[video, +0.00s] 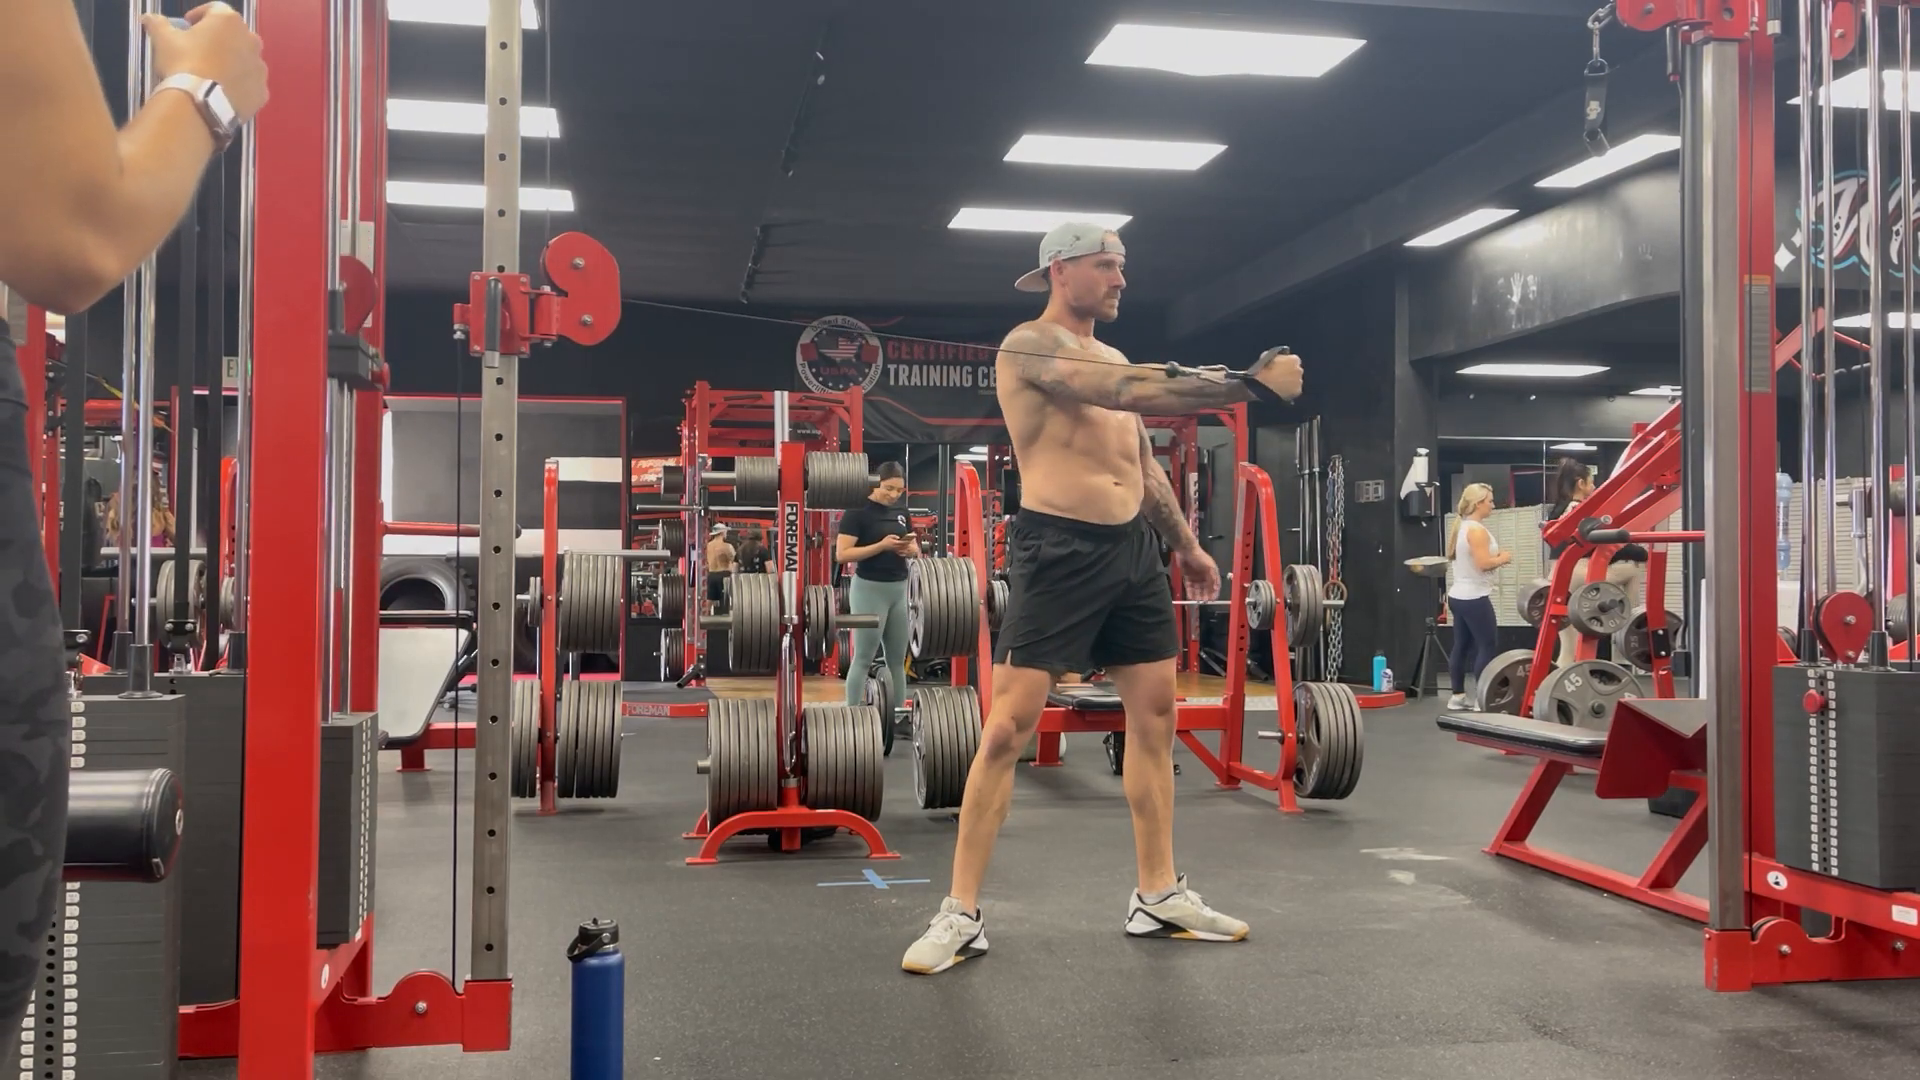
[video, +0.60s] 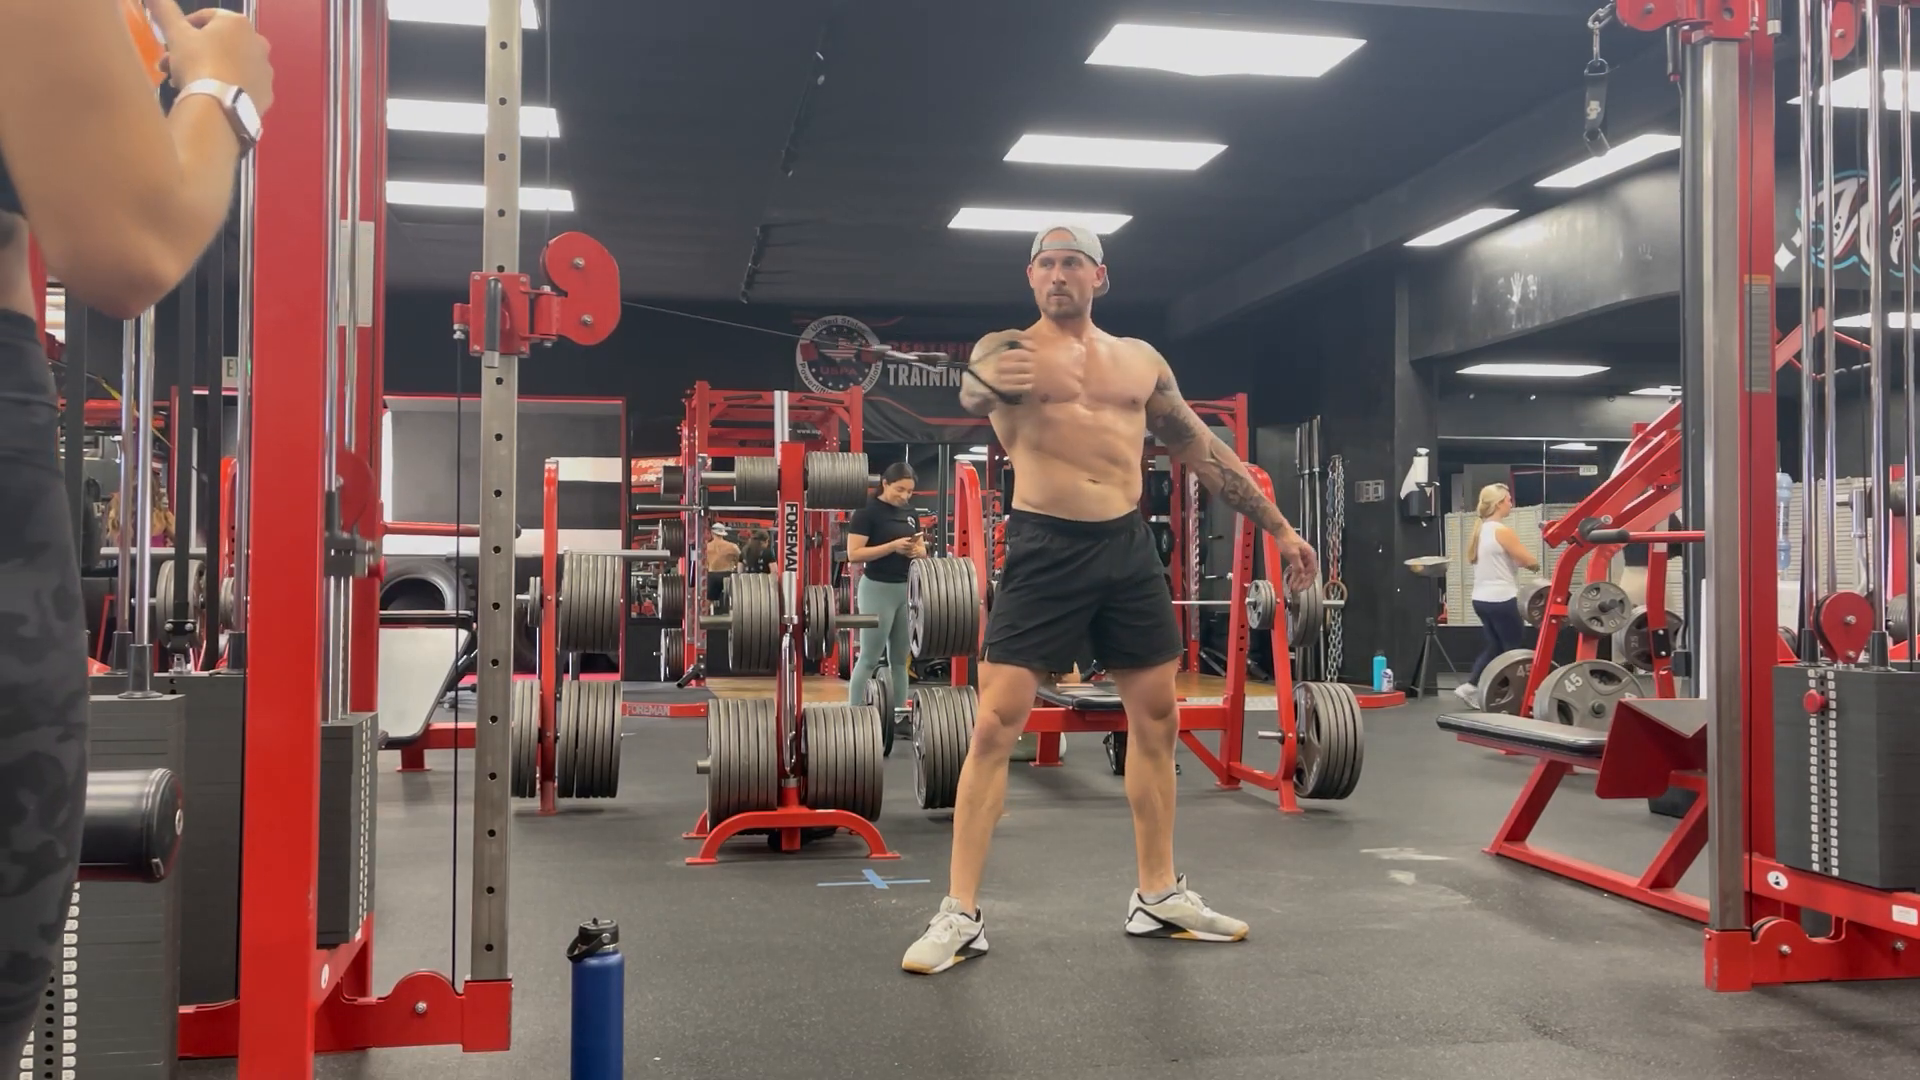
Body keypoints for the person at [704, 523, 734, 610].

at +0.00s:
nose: (726, 534)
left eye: (726, 532)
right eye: (725, 532)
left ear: (715, 533)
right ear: (722, 533)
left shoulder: (709, 545)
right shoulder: (727, 546)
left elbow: (708, 559)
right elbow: (733, 557)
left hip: (712, 572)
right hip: (724, 572)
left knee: (710, 600)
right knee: (725, 601)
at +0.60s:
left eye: (712, 534)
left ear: (713, 534)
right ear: (723, 534)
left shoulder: (708, 547)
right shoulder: (732, 546)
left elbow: (705, 561)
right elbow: (739, 558)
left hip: (712, 573)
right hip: (728, 573)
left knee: (710, 600)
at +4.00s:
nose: (725, 534)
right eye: (724, 533)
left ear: (713, 533)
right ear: (723, 534)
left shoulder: (708, 545)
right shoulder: (726, 547)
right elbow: (735, 557)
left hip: (710, 572)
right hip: (724, 572)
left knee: (709, 600)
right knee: (724, 600)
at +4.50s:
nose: (727, 536)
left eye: (727, 533)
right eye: (726, 533)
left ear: (716, 534)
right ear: (721, 534)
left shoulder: (709, 545)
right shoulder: (720, 546)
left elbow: (727, 551)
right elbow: (727, 565)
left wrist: (737, 554)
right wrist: (734, 570)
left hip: (711, 572)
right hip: (721, 572)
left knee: (710, 600)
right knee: (724, 601)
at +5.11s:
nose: (724, 536)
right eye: (724, 534)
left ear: (713, 534)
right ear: (723, 534)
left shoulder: (707, 546)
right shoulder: (728, 547)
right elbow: (733, 558)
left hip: (710, 573)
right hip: (724, 572)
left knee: (709, 600)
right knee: (724, 601)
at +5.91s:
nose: (709, 534)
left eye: (710, 532)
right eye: (710, 532)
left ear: (712, 533)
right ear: (722, 534)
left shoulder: (707, 547)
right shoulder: (732, 548)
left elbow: (704, 562)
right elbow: (735, 563)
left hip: (711, 574)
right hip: (726, 574)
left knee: (709, 601)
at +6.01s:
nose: (710, 535)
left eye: (710, 533)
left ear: (712, 534)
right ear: (723, 534)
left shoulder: (706, 547)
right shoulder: (732, 548)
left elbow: (704, 563)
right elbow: (736, 564)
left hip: (711, 574)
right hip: (727, 575)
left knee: (709, 602)